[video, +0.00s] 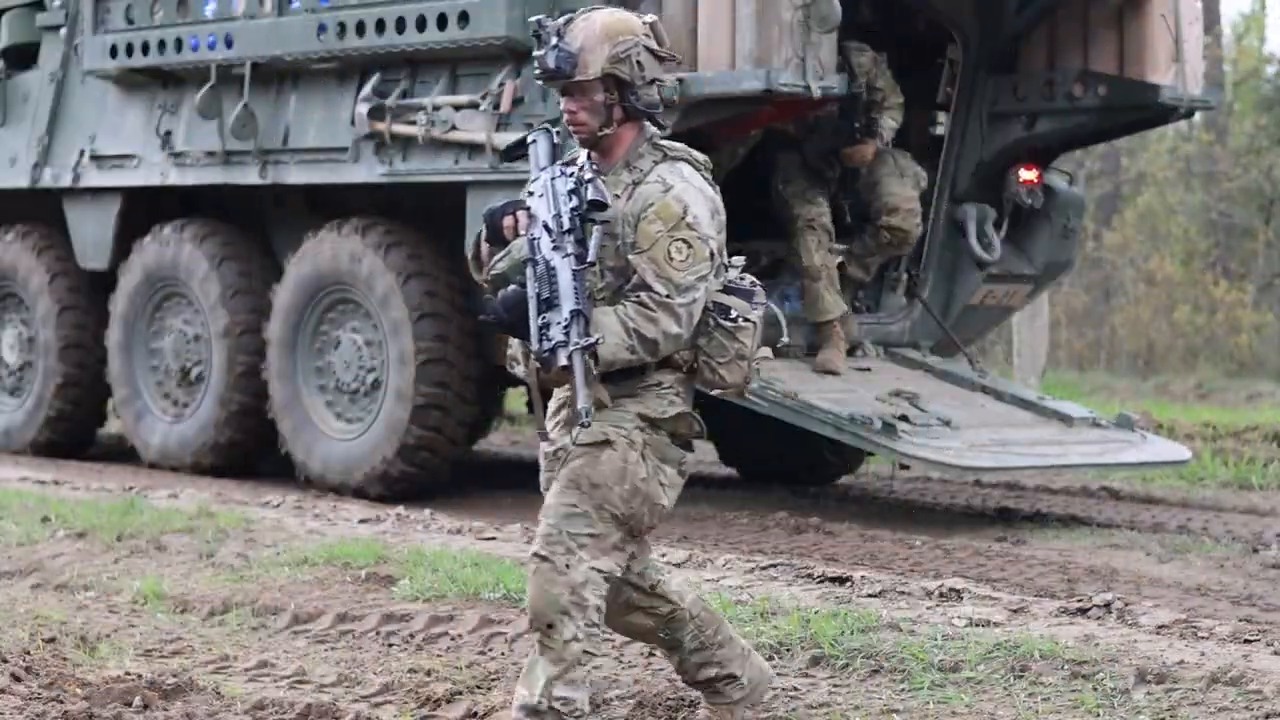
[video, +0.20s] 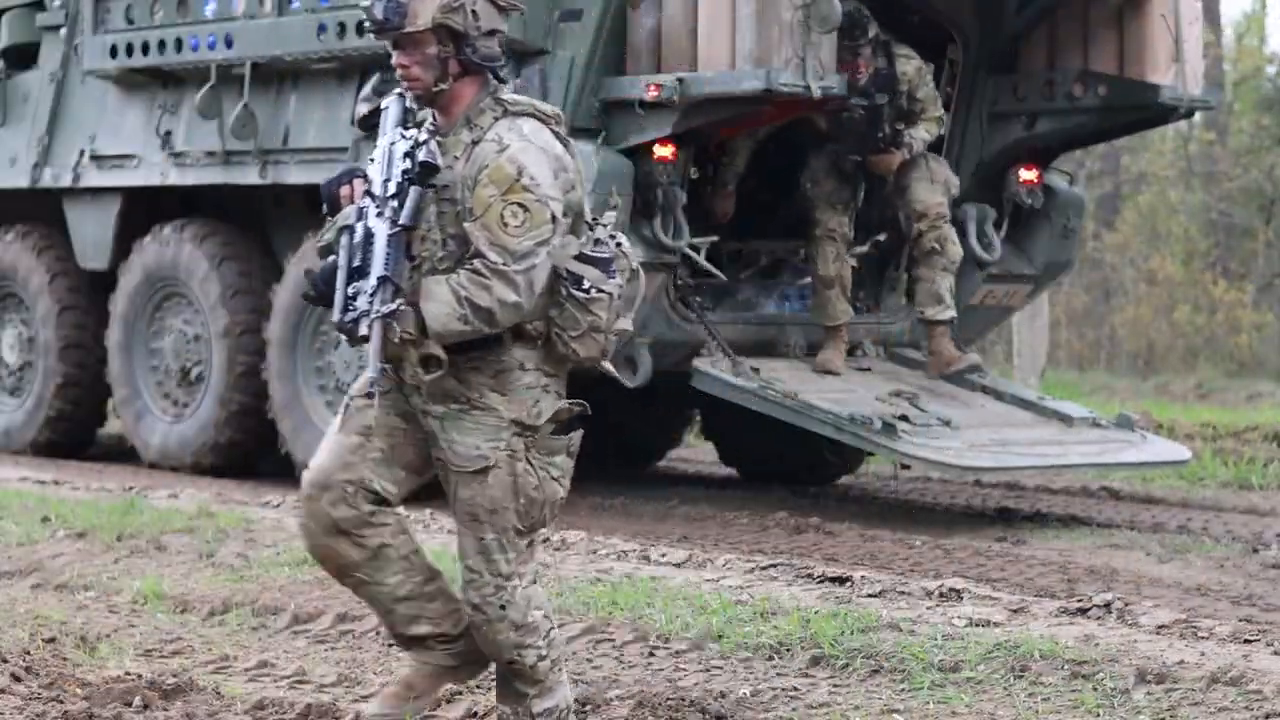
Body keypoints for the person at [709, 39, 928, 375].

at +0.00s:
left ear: (833, 33)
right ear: (793, 38)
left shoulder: (859, 59)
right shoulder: (779, 69)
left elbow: (891, 103)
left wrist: (875, 141)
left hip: (863, 148)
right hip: (802, 149)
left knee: (902, 225)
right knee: (811, 224)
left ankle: (841, 274)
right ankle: (830, 332)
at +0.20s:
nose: (855, 66)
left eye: (861, 55)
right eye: (845, 58)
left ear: (875, 45)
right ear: (826, 54)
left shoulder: (906, 66)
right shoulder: (809, 74)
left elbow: (932, 119)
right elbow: (750, 126)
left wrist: (902, 151)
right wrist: (726, 185)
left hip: (902, 152)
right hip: (839, 152)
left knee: (932, 217)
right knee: (829, 227)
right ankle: (835, 338)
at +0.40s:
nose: (911, 50)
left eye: (917, 39)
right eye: (899, 42)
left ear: (929, 36)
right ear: (879, 44)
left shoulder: (956, 65)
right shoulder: (854, 73)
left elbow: (982, 121)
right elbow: (812, 115)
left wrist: (949, 148)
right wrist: (822, 143)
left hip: (948, 164)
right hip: (878, 162)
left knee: (968, 254)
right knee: (862, 250)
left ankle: (976, 378)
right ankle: (838, 341)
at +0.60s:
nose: (947, 42)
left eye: (954, 31)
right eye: (937, 33)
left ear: (967, 30)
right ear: (917, 35)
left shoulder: (997, 63)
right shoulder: (893, 70)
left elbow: (1023, 124)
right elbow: (855, 139)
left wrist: (989, 147)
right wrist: (880, 128)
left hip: (991, 176)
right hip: (921, 174)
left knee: (1005, 277)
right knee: (906, 251)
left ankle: (978, 382)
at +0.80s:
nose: (963, 26)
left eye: (972, 17)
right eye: (953, 18)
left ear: (986, 21)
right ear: (936, 25)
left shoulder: (1020, 62)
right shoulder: (914, 70)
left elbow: (1047, 126)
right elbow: (872, 142)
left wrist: (1012, 146)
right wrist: (898, 115)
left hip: (1016, 187)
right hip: (950, 188)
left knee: (1038, 301)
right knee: (957, 287)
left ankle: (986, 373)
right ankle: (971, 405)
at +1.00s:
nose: (992, 23)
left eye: (1000, 13)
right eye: (982, 15)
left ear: (1015, 18)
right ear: (967, 23)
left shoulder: (1051, 64)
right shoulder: (945, 66)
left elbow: (1077, 135)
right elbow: (887, 118)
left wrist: (1038, 147)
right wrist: (931, 97)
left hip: (1040, 201)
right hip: (968, 199)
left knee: (1066, 295)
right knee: (966, 307)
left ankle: (1045, 417)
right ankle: (972, 410)